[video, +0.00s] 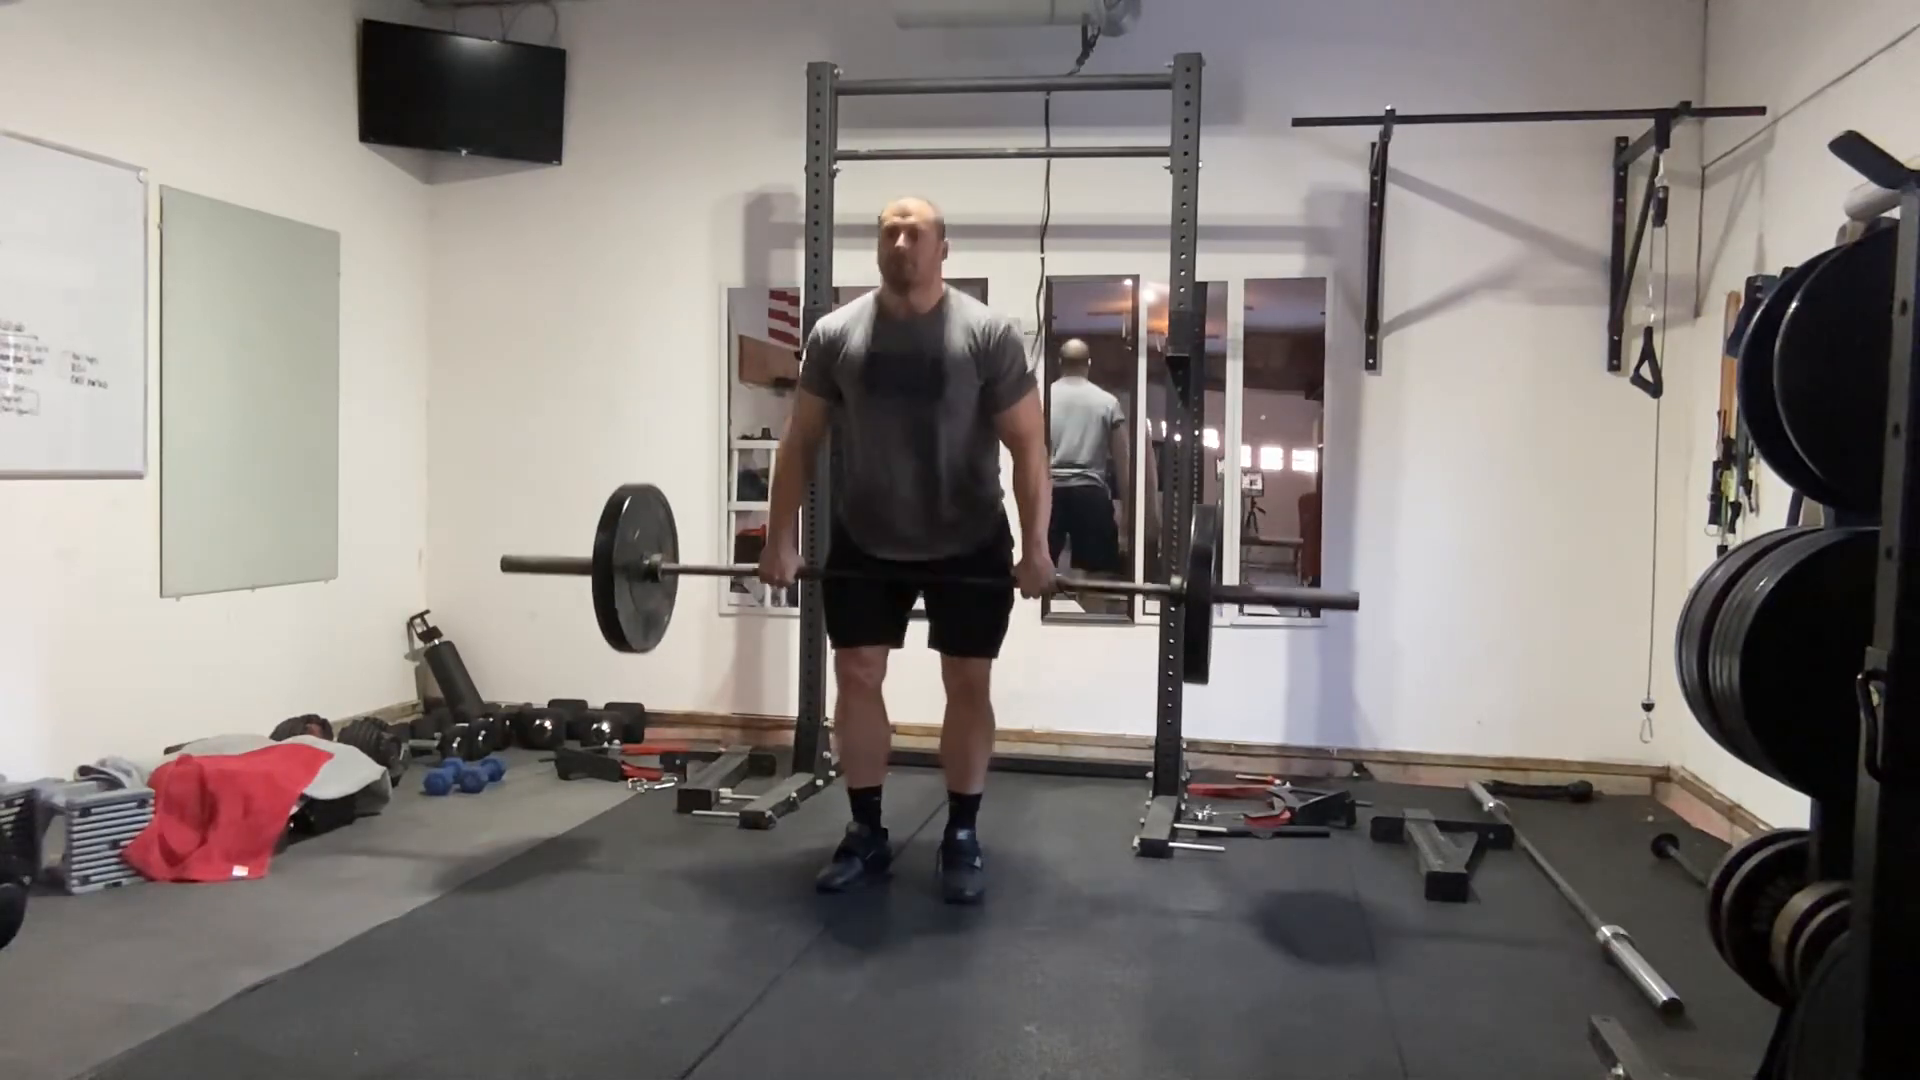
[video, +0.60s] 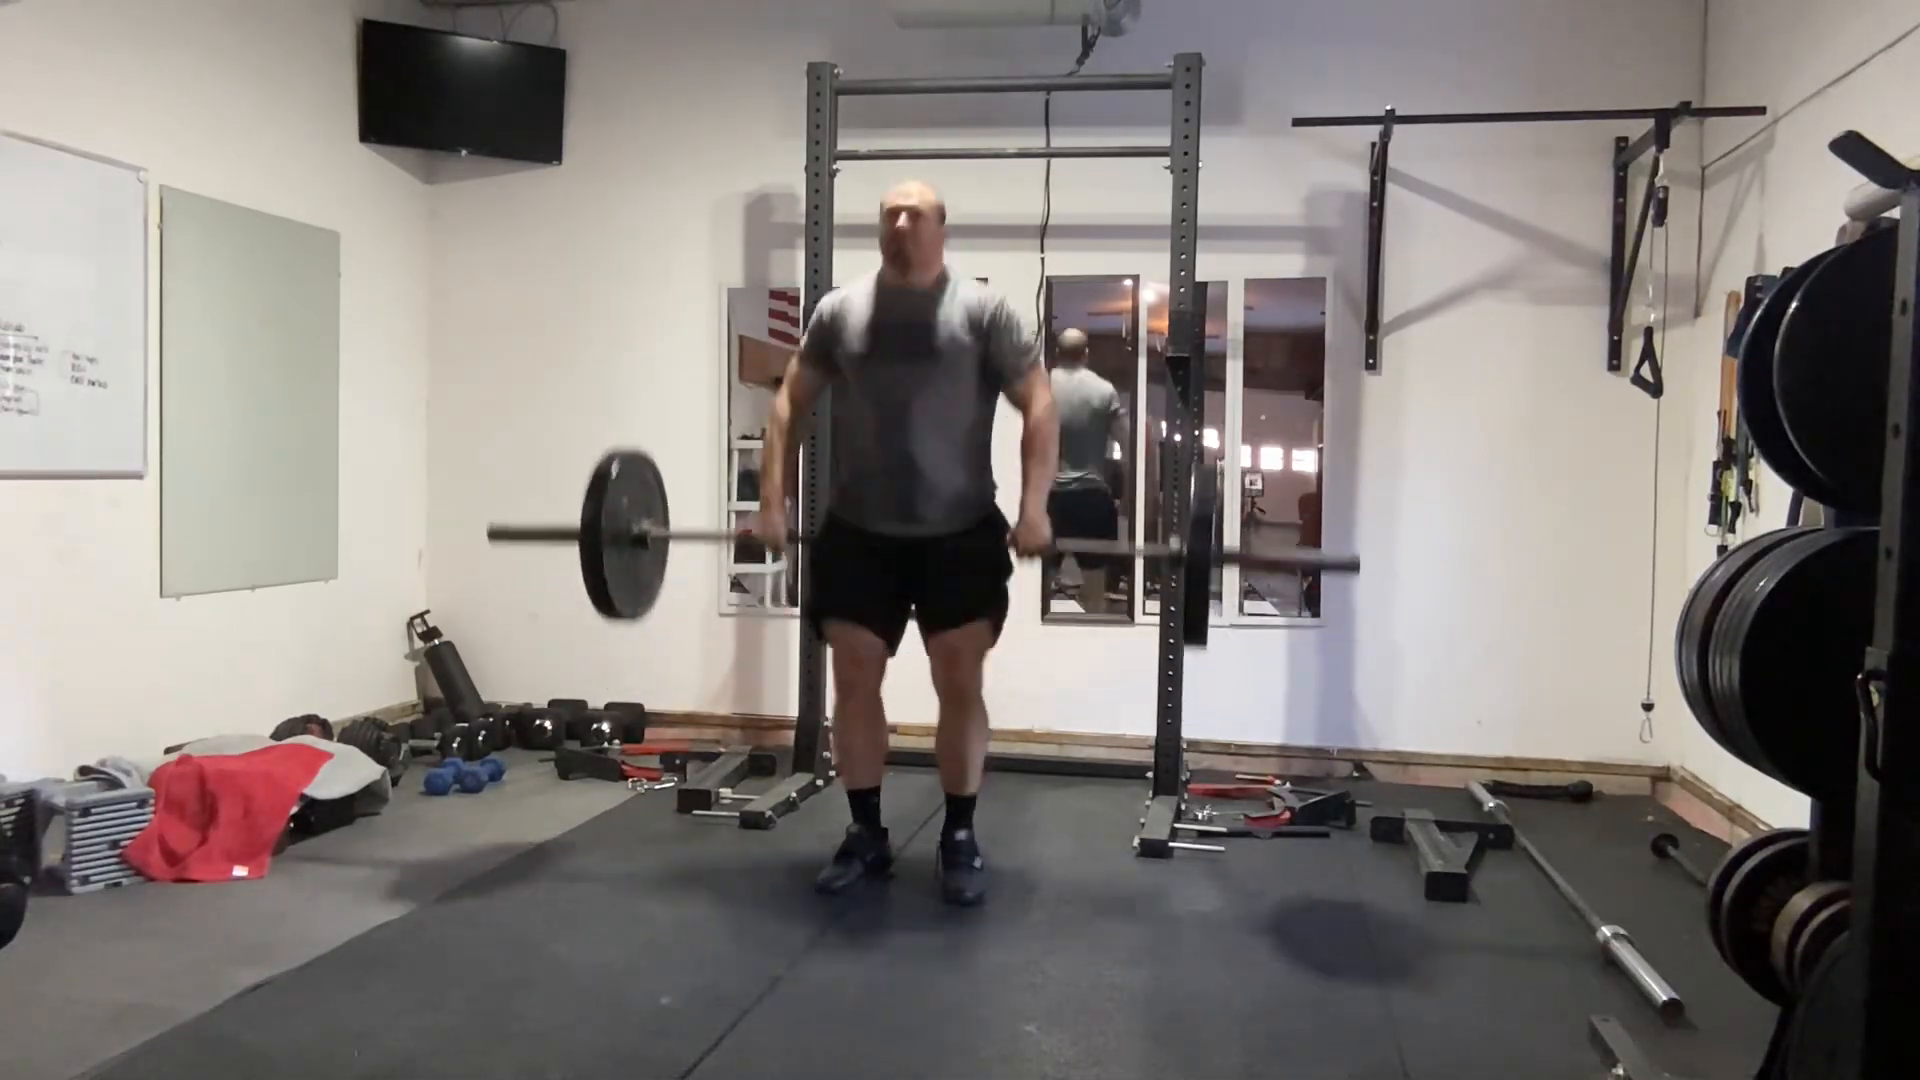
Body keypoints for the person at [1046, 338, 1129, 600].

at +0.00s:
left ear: (1060, 363)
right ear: (1088, 364)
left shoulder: (1045, 397)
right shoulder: (1106, 401)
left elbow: (1035, 450)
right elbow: (1122, 460)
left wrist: (1035, 493)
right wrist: (1125, 508)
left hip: (1052, 494)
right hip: (1092, 496)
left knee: (1043, 565)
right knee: (1098, 570)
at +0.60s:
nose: (1079, 356)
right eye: (1084, 350)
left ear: (1057, 352)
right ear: (1085, 353)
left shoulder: (1043, 386)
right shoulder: (1103, 389)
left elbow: (1031, 441)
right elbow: (1127, 440)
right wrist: (1129, 491)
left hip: (1051, 492)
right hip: (1093, 491)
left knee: (1047, 566)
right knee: (1094, 569)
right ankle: (1095, 631)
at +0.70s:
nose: (1068, 347)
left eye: (1063, 341)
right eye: (1072, 340)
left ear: (1053, 341)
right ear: (1083, 341)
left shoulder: (1044, 378)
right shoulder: (1102, 375)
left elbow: (1030, 426)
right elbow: (1129, 421)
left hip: (1050, 483)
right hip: (1090, 481)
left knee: (1044, 569)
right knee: (1091, 568)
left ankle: (1034, 639)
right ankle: (1098, 636)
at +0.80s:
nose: (1069, 348)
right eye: (1072, 340)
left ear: (1051, 342)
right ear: (1081, 342)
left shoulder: (1041, 375)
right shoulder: (1097, 374)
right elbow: (1129, 412)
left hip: (1047, 486)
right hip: (1088, 482)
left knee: (1043, 573)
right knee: (1092, 570)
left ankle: (1033, 642)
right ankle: (1098, 638)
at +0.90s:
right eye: (1082, 344)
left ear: (1053, 348)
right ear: (1082, 347)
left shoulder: (1041, 384)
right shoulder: (1098, 385)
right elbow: (1120, 429)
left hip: (1047, 490)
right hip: (1087, 487)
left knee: (1044, 573)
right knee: (1089, 572)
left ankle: (1036, 641)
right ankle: (1096, 637)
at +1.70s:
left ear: (1056, 386)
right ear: (1086, 385)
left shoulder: (1041, 427)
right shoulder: (1107, 430)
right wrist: (1125, 425)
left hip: (1050, 523)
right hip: (1093, 523)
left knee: (1034, 589)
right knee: (1107, 589)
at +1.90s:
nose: (1071, 403)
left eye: (1068, 396)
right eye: (1077, 396)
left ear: (1057, 398)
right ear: (1085, 398)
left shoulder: (1041, 435)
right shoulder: (1107, 438)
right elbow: (1123, 483)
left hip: (1050, 530)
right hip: (1094, 530)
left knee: (1035, 593)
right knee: (1102, 596)